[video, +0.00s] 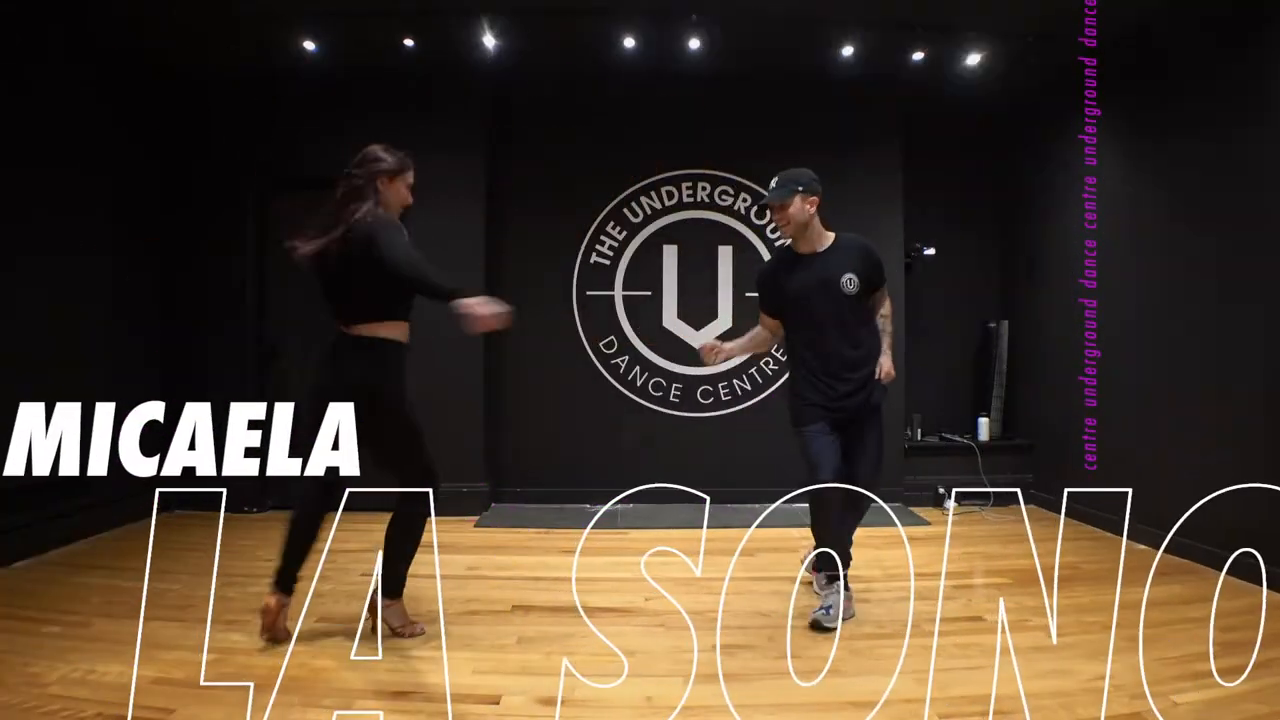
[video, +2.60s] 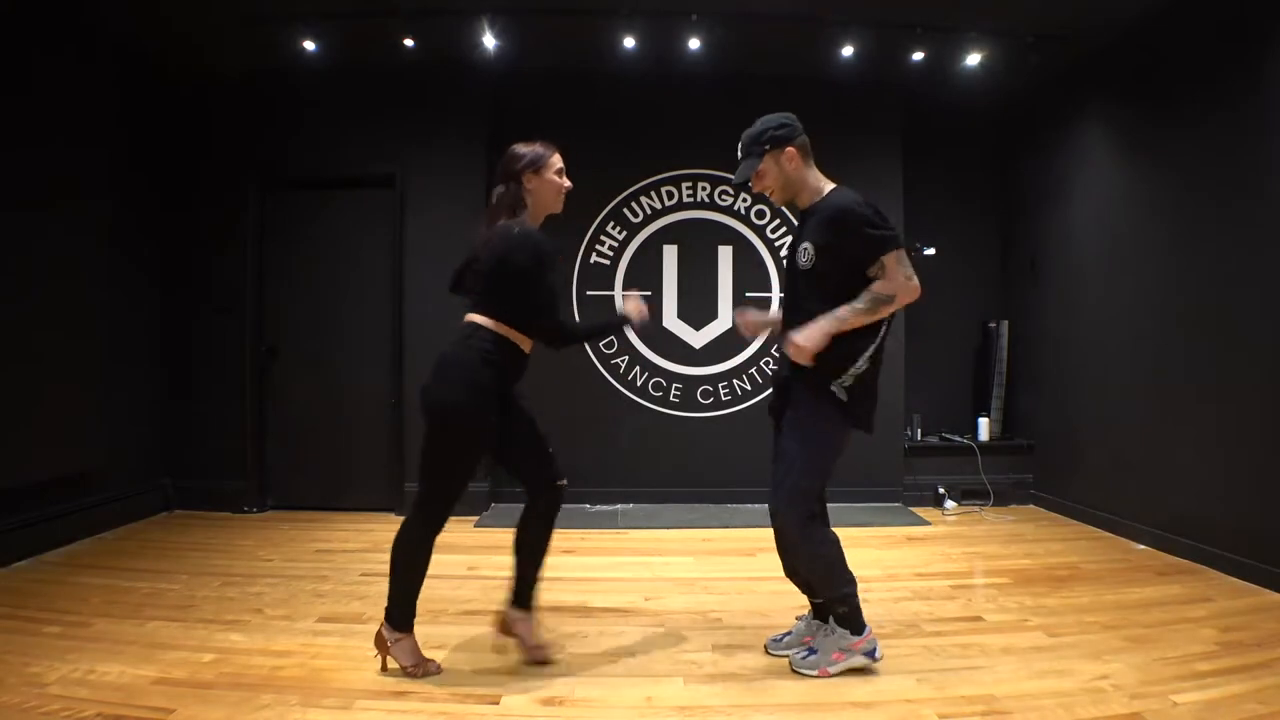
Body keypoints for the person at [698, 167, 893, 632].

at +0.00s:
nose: (773, 217)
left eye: (781, 207)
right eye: (771, 209)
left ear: (811, 203)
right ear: (777, 212)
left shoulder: (859, 255)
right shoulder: (775, 273)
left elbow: (881, 307)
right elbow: (768, 331)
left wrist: (885, 352)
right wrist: (729, 348)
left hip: (861, 392)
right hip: (811, 396)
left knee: (861, 487)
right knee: (826, 484)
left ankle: (823, 563)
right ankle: (837, 590)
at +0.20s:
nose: (775, 214)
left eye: (782, 203)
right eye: (771, 206)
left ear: (811, 195)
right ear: (773, 208)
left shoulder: (861, 247)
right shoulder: (774, 267)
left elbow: (880, 302)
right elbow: (770, 324)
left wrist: (888, 343)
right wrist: (765, 342)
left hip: (867, 391)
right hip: (814, 397)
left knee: (878, 490)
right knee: (829, 489)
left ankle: (834, 546)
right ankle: (834, 589)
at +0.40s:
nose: (781, 202)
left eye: (787, 191)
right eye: (775, 195)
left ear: (815, 181)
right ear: (775, 196)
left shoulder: (860, 236)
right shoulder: (779, 247)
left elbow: (871, 294)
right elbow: (778, 319)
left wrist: (883, 335)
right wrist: (845, 295)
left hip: (869, 383)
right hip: (813, 392)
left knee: (892, 479)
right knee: (824, 491)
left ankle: (878, 574)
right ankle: (836, 587)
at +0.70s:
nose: (793, 198)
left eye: (799, 186)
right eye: (786, 191)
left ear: (827, 176)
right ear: (783, 194)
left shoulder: (867, 240)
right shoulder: (783, 248)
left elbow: (871, 300)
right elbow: (767, 323)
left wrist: (883, 343)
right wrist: (813, 316)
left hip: (862, 393)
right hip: (805, 400)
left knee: (860, 493)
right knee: (817, 500)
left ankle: (862, 606)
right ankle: (835, 589)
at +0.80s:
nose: (794, 196)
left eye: (801, 185)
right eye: (788, 189)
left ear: (831, 176)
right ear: (785, 193)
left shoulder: (876, 244)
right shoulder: (780, 250)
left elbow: (888, 307)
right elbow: (761, 323)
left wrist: (888, 349)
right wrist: (748, 279)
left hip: (857, 393)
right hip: (798, 399)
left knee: (845, 490)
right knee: (807, 509)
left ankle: (852, 613)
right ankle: (833, 587)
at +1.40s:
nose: (771, 197)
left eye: (771, 182)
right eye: (766, 187)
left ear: (800, 161)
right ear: (798, 166)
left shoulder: (840, 213)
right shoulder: (825, 217)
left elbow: (872, 287)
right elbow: (845, 286)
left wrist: (804, 352)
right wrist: (796, 274)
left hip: (823, 396)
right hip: (808, 390)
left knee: (787, 508)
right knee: (785, 504)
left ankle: (836, 637)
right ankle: (853, 593)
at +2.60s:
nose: (755, 185)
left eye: (758, 171)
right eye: (751, 175)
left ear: (789, 155)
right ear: (785, 161)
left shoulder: (848, 212)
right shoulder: (810, 222)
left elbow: (903, 284)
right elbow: (826, 305)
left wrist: (828, 325)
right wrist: (772, 319)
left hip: (829, 394)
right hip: (800, 389)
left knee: (797, 508)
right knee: (788, 508)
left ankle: (851, 633)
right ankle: (825, 618)